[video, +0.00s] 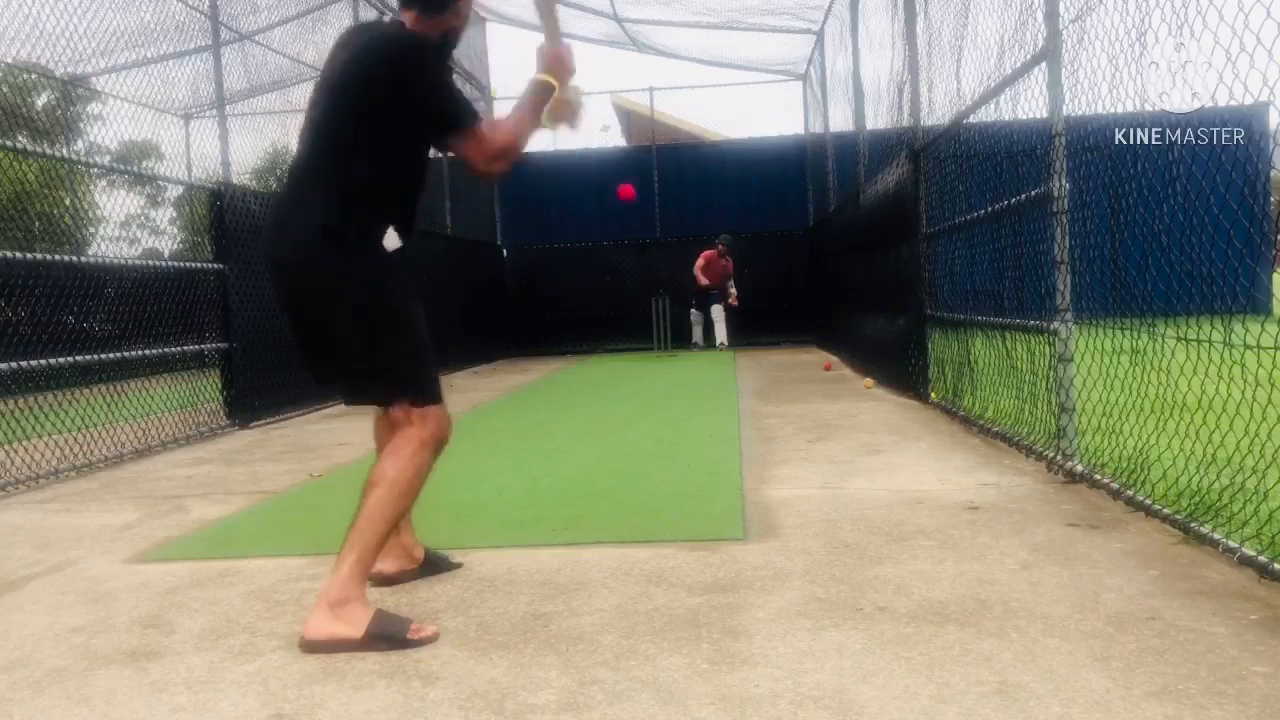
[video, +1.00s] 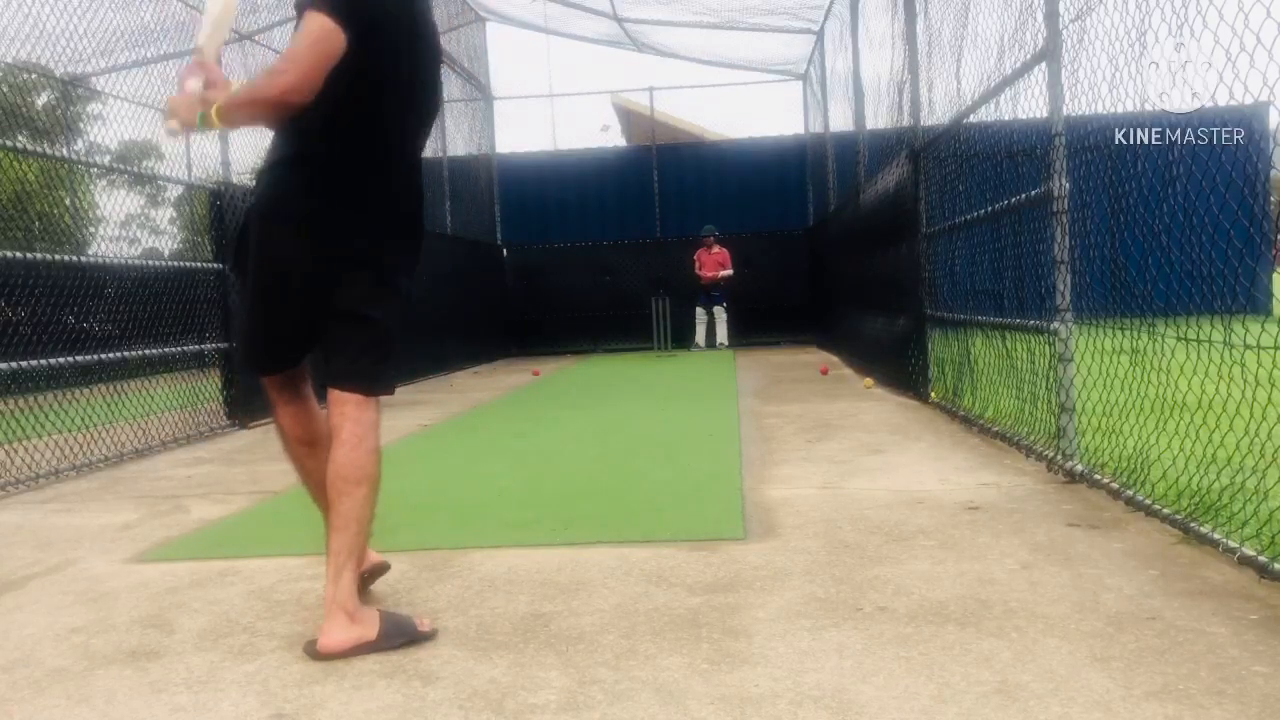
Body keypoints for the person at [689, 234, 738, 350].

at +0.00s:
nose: (722, 248)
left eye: (725, 246)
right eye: (721, 245)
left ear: (728, 248)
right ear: (717, 245)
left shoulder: (728, 262)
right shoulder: (707, 255)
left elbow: (729, 280)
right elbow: (696, 268)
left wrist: (732, 294)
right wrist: (701, 278)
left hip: (717, 289)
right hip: (702, 287)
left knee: (718, 312)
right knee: (696, 314)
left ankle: (721, 342)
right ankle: (697, 342)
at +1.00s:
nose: (706, 239)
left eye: (709, 237)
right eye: (704, 237)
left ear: (714, 237)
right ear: (702, 239)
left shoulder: (723, 252)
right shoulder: (700, 253)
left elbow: (730, 270)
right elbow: (696, 270)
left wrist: (717, 275)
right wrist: (703, 274)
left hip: (718, 285)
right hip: (704, 286)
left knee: (719, 312)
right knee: (700, 313)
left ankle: (722, 342)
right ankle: (700, 343)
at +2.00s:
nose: (710, 240)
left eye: (712, 237)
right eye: (707, 237)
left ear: (716, 239)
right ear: (703, 239)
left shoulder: (720, 253)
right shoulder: (696, 253)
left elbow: (724, 271)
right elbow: (690, 268)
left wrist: (726, 278)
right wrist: (699, 273)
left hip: (715, 286)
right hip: (700, 287)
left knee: (720, 312)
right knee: (700, 315)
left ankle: (723, 342)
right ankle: (702, 343)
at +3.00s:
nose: (701, 244)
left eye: (703, 241)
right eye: (701, 241)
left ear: (709, 240)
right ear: (702, 241)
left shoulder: (723, 252)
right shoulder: (700, 255)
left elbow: (729, 270)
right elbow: (698, 271)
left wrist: (716, 270)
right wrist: (689, 278)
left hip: (719, 286)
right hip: (705, 286)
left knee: (721, 312)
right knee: (699, 311)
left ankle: (726, 342)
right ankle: (697, 343)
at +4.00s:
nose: (692, 243)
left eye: (694, 241)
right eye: (689, 241)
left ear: (699, 241)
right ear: (687, 242)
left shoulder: (707, 255)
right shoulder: (682, 256)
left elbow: (713, 272)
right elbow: (680, 272)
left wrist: (711, 279)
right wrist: (684, 275)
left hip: (702, 289)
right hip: (688, 290)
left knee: (706, 316)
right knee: (689, 318)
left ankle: (713, 345)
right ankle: (690, 346)